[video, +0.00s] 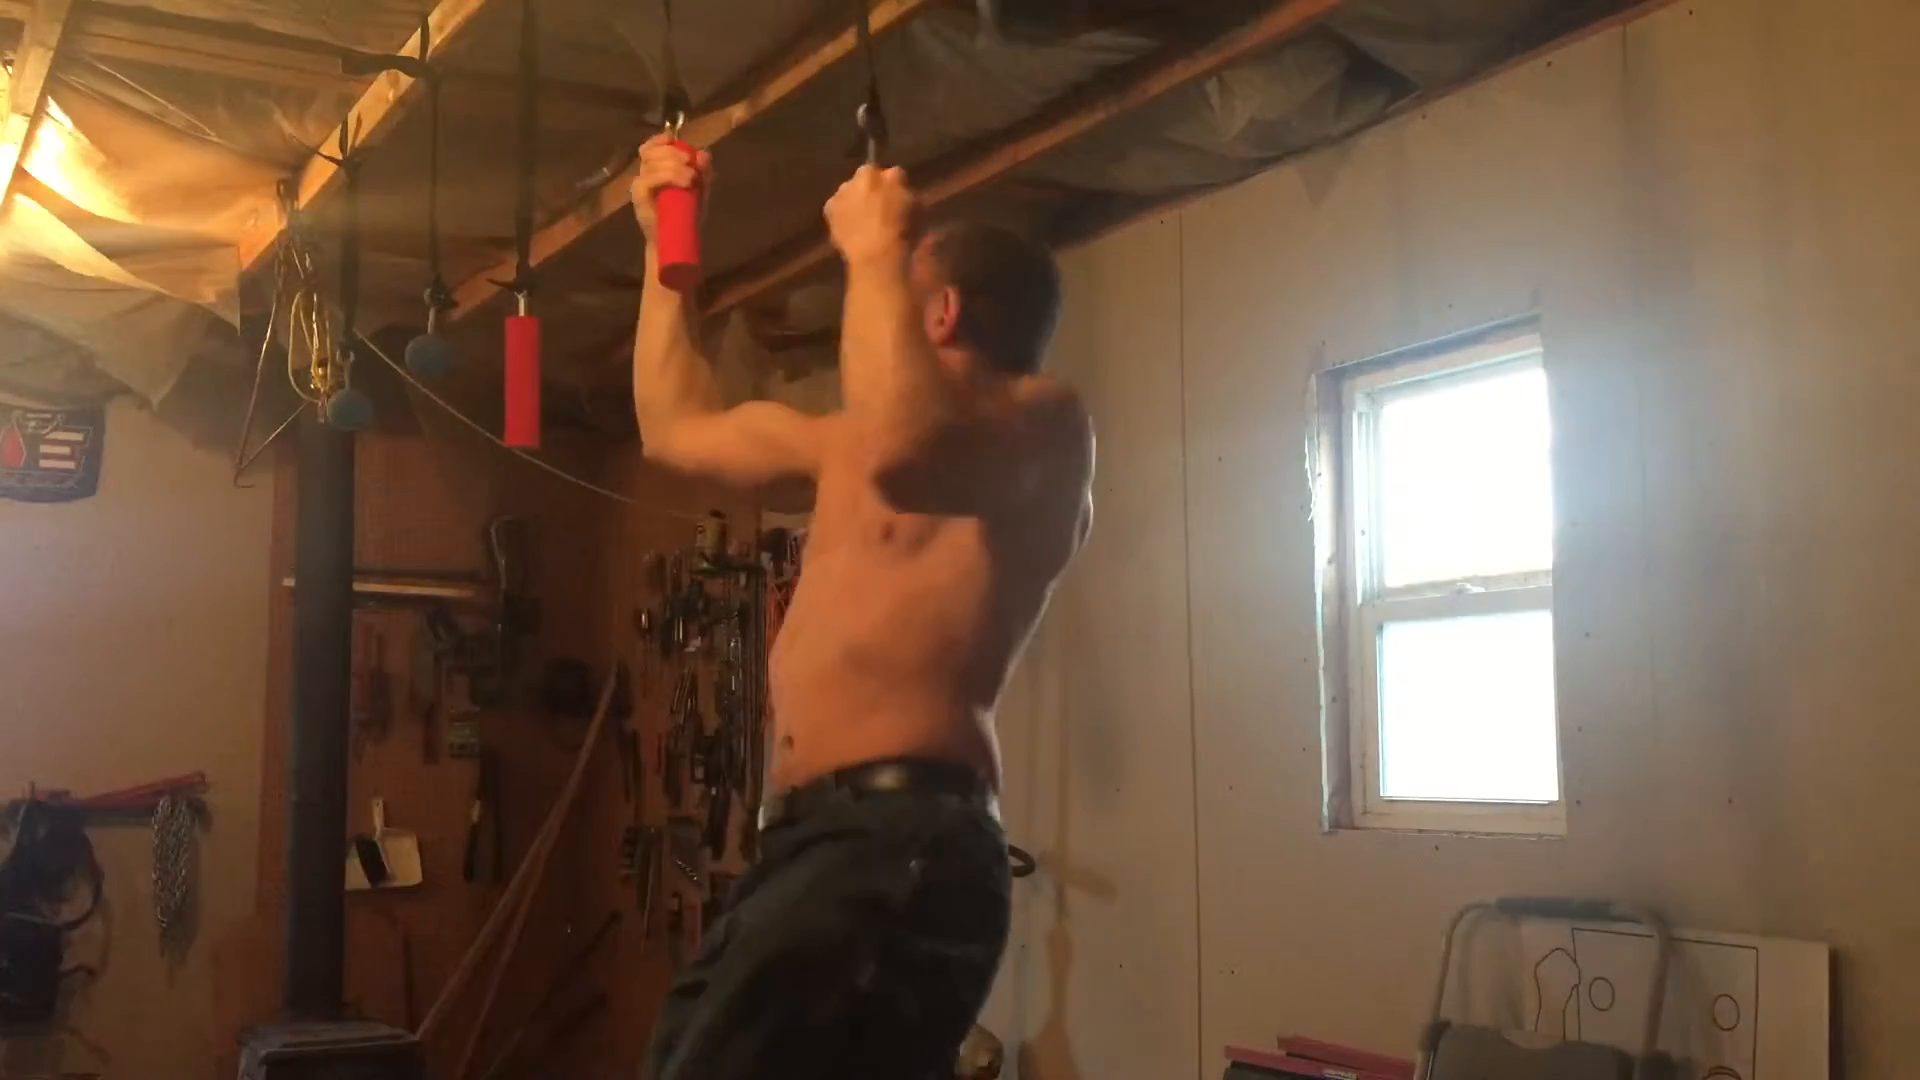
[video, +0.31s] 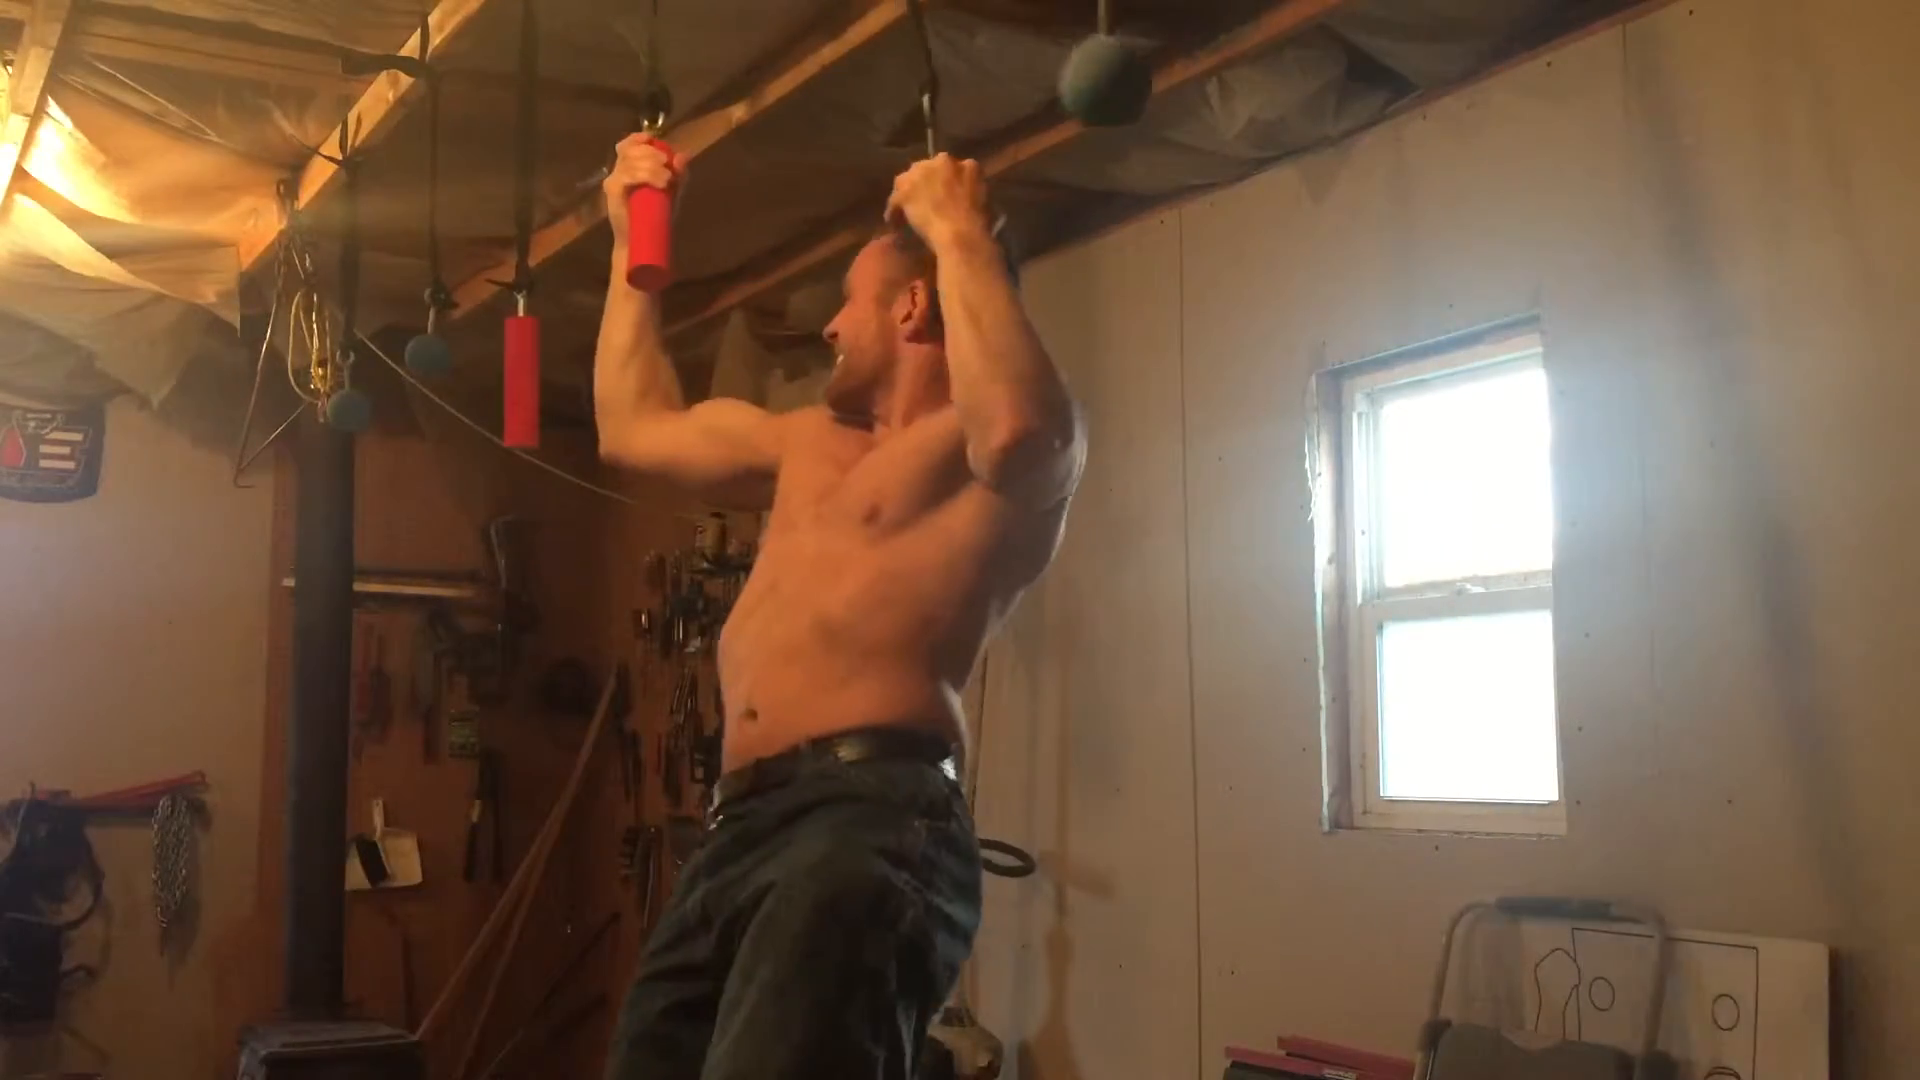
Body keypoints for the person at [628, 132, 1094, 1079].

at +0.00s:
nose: (882, 308)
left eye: (907, 285)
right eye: (893, 288)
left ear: (945, 313)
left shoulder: (1047, 420)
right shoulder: (855, 438)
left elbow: (905, 448)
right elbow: (676, 427)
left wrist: (872, 256)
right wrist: (671, 242)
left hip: (904, 842)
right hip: (801, 843)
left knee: (733, 1061)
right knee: (682, 1057)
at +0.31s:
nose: (830, 327)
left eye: (849, 301)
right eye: (837, 305)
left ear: (916, 311)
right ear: (911, 317)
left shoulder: (990, 438)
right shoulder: (800, 440)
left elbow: (1019, 429)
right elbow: (635, 427)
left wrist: (959, 235)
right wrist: (637, 234)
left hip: (868, 811)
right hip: (737, 827)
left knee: (773, 1059)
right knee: (651, 1059)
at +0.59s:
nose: (772, 374)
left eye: (787, 352)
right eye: (778, 353)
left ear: (844, 367)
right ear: (846, 368)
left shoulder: (925, 506)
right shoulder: (755, 476)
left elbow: (951, 454)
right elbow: (605, 445)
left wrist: (913, 263)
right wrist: (615, 257)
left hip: (788, 880)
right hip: (695, 876)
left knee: (575, 1061)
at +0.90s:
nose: (730, 399)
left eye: (748, 379)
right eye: (735, 382)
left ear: (811, 408)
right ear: (770, 412)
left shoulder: (849, 543)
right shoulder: (755, 528)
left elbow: (736, 456)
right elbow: (646, 459)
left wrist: (784, 289)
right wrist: (631, 284)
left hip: (671, 949)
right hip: (629, 931)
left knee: (419, 1044)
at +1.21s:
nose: (606, 452)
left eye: (613, 431)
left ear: (621, 445)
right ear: (740, 438)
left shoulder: (616, 541)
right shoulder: (801, 540)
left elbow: (445, 393)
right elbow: (721, 450)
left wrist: (616, 269)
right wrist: (657, 290)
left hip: (539, 913)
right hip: (685, 938)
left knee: (425, 1025)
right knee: (642, 1064)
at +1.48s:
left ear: (512, 431)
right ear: (644, 414)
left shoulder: (463, 549)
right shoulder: (715, 508)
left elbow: (453, 459)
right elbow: (693, 404)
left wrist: (460, 351)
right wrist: (657, 301)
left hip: (534, 859)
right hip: (689, 879)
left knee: (453, 940)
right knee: (705, 1047)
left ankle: (407, 1040)